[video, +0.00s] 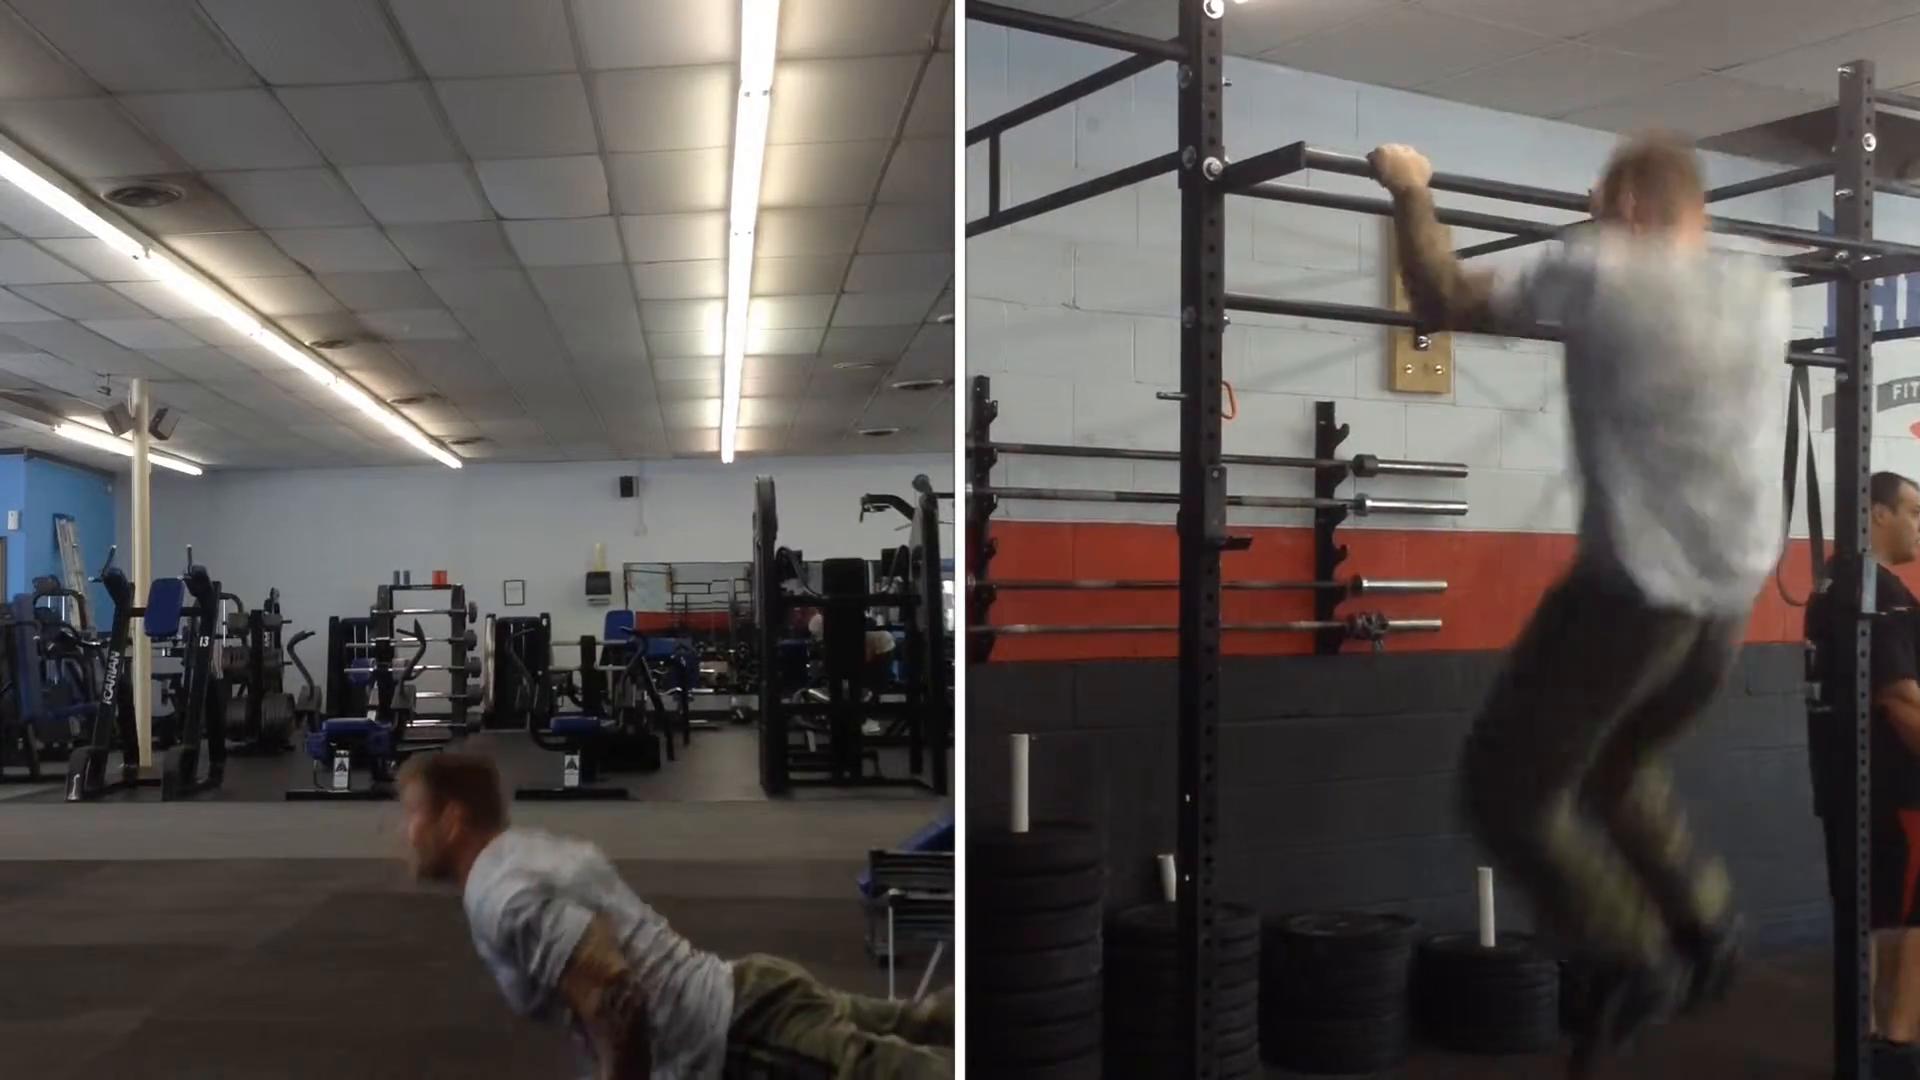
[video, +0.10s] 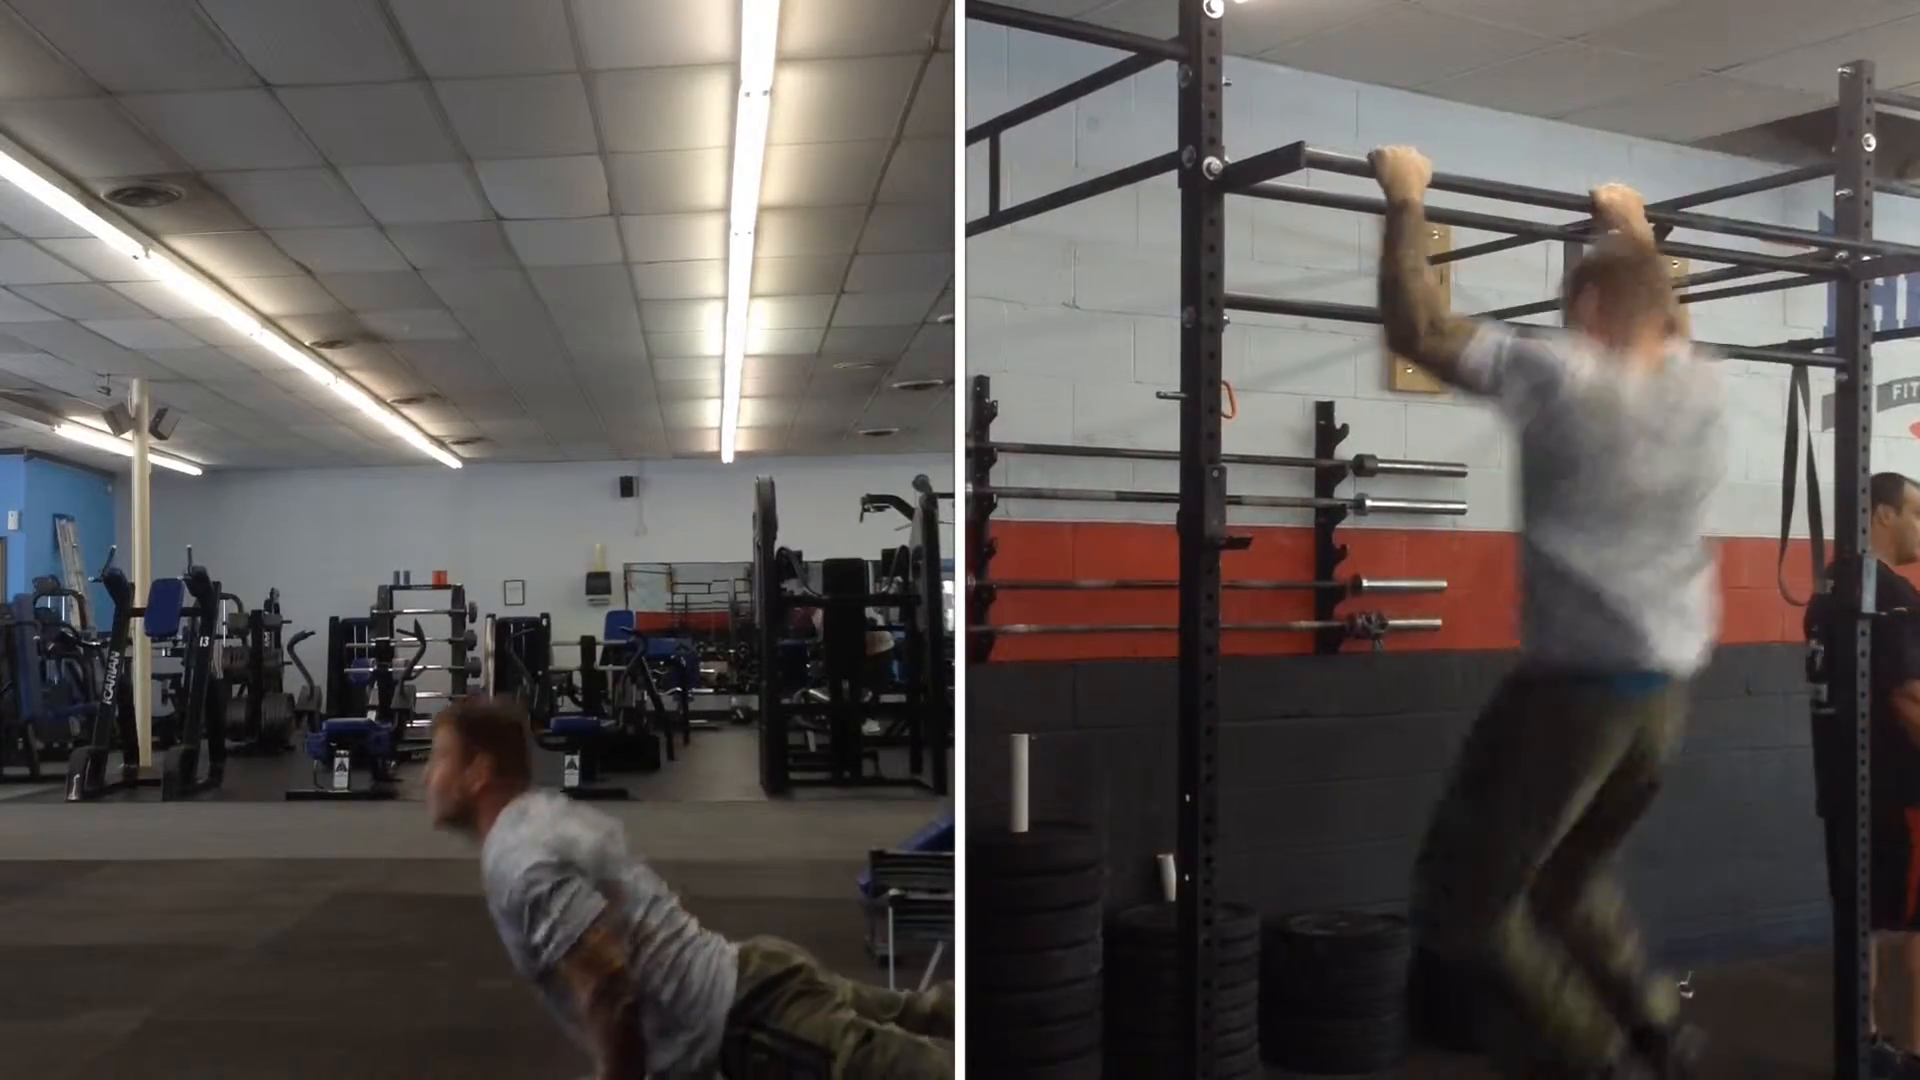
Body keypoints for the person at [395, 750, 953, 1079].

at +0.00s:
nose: (401, 830)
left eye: (408, 812)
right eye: (402, 813)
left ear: (451, 820)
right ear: (465, 815)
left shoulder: (502, 890)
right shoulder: (537, 850)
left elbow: (617, 1002)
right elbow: (629, 966)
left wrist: (615, 1076)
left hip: (747, 1039)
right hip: (751, 991)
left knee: (933, 1070)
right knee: (917, 1021)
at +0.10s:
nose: (426, 776)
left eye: (437, 759)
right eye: (429, 759)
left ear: (480, 770)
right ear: (492, 769)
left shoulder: (519, 855)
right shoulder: (552, 814)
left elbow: (611, 990)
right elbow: (640, 936)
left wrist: (616, 1072)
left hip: (745, 1028)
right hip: (755, 978)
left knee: (930, 1064)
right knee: (923, 1017)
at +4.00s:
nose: (460, 706)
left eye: (472, 690)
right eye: (464, 690)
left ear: (516, 704)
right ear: (520, 705)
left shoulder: (552, 818)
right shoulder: (578, 776)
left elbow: (589, 985)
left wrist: (606, 1068)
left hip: (718, 1014)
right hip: (727, 969)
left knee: (910, 1070)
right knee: (897, 1024)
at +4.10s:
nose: (467, 707)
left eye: (479, 691)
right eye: (471, 691)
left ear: (524, 705)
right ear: (528, 705)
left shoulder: (561, 820)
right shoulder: (590, 774)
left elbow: (596, 984)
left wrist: (609, 1071)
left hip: (725, 1018)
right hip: (734, 968)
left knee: (912, 1074)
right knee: (898, 1022)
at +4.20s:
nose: (461, 713)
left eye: (472, 696)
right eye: (463, 697)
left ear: (518, 707)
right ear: (524, 707)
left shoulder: (562, 816)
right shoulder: (594, 771)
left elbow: (597, 978)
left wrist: (609, 1066)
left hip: (735, 1007)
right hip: (745, 957)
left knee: (923, 1067)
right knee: (915, 1009)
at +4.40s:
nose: (444, 765)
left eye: (443, 745)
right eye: (438, 748)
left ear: (487, 730)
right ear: (496, 727)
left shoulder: (568, 815)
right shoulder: (586, 765)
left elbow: (600, 992)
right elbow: (598, 976)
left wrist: (609, 1074)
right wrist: (608, 1062)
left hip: (781, 944)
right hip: (791, 909)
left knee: (951, 1038)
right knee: (956, 1001)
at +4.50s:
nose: (456, 798)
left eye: (450, 777)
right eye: (446, 782)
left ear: (488, 751)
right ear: (498, 745)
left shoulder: (585, 807)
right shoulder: (587, 775)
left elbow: (609, 989)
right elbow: (609, 981)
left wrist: (614, 1069)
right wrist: (611, 1063)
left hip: (824, 905)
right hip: (822, 897)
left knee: (978, 1018)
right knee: (956, 1019)